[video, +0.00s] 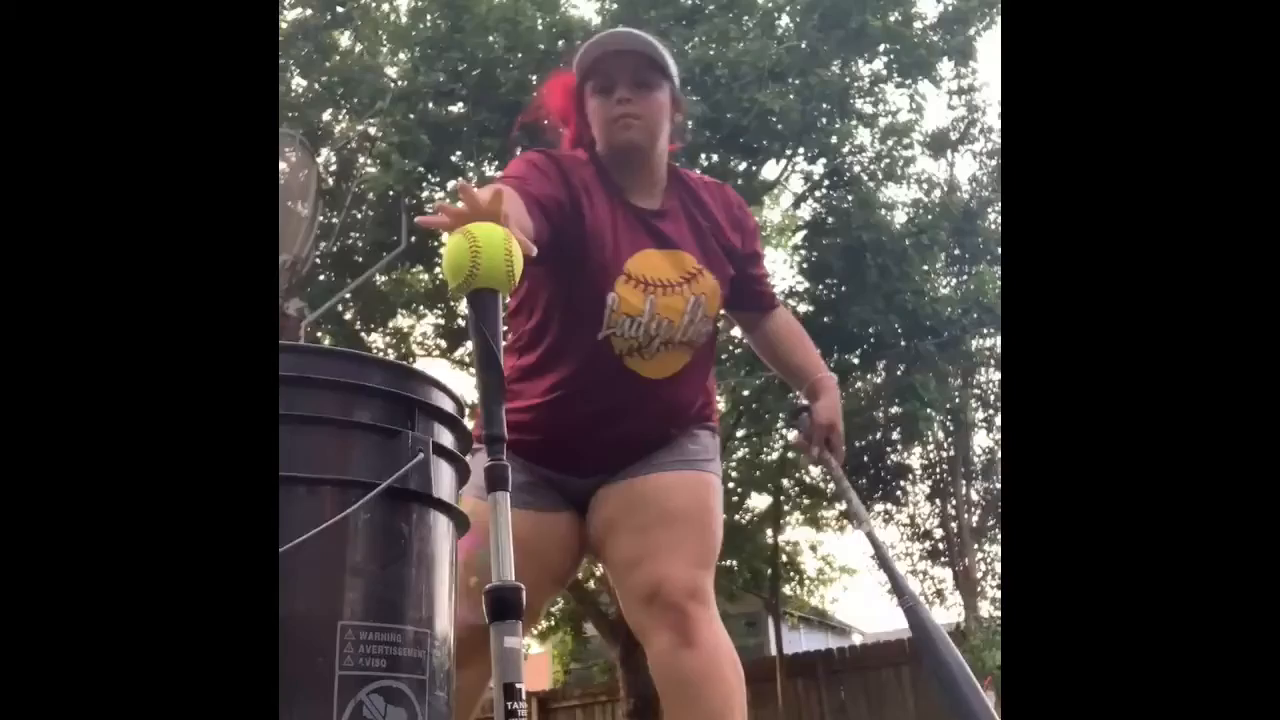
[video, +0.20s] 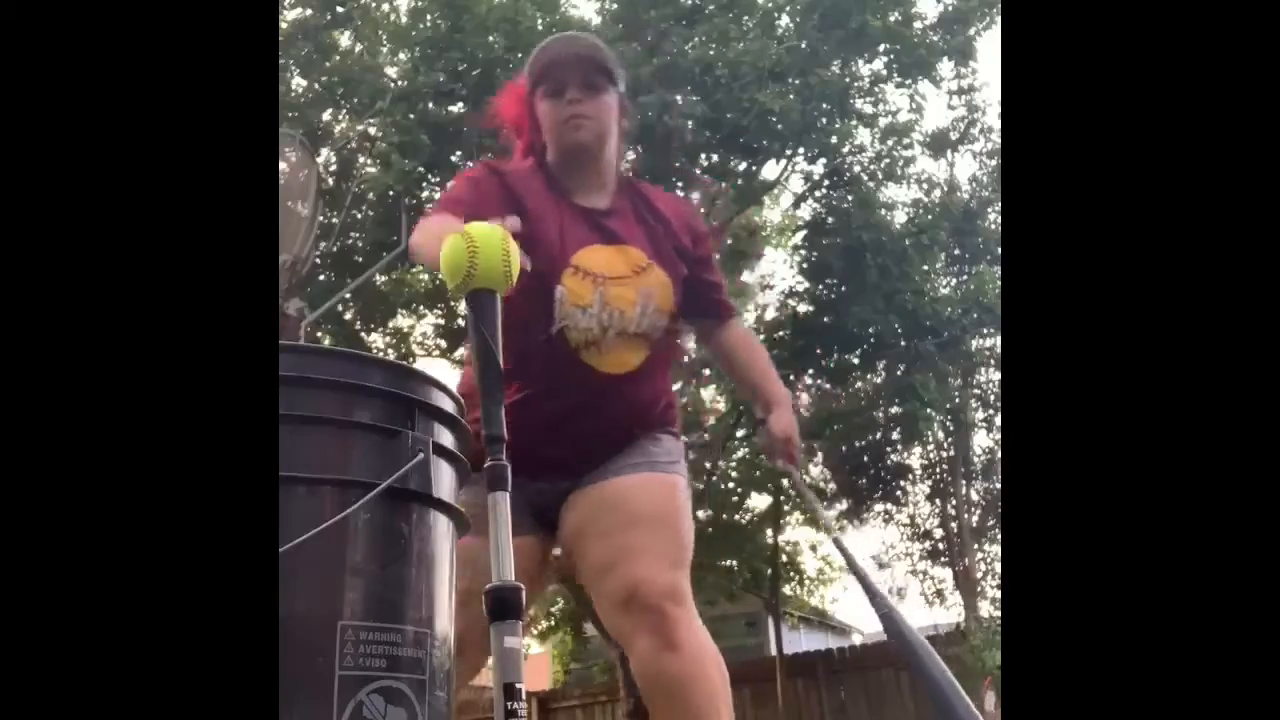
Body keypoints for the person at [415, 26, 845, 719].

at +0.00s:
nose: (622, 100)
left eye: (642, 85)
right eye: (603, 89)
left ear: (675, 108)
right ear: (582, 114)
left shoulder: (718, 209)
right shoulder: (552, 176)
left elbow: (760, 311)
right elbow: (521, 210)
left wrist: (823, 384)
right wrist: (493, 217)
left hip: (661, 444)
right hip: (529, 450)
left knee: (676, 606)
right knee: (469, 625)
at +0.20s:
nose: (575, 101)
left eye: (592, 88)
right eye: (556, 90)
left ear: (621, 108)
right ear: (533, 115)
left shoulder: (669, 218)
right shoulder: (498, 186)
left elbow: (719, 323)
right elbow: (428, 233)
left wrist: (777, 400)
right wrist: (467, 247)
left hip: (626, 448)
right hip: (501, 455)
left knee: (656, 611)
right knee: (449, 647)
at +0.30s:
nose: (534, 107)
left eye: (550, 95)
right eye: (514, 98)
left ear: (576, 114)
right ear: (490, 121)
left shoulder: (624, 226)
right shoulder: (448, 202)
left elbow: (677, 324)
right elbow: (381, 273)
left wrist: (733, 395)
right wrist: (434, 287)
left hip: (596, 452)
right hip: (472, 461)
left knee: (637, 614)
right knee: (438, 650)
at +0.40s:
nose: (489, 107)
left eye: (504, 95)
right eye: (469, 99)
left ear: (530, 118)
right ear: (444, 123)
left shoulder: (586, 222)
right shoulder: (400, 215)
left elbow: (640, 318)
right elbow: (347, 307)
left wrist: (684, 387)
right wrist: (427, 351)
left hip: (568, 453)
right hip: (445, 459)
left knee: (621, 620)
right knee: (399, 640)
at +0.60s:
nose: (442, 115)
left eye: (456, 103)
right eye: (422, 108)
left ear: (481, 121)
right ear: (402, 134)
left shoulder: (542, 205)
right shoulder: (363, 231)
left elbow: (605, 296)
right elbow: (331, 334)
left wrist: (564, 361)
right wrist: (370, 401)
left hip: (548, 445)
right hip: (432, 458)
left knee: (596, 621)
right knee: (402, 632)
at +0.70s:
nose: (443, 124)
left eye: (457, 111)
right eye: (424, 118)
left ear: (481, 127)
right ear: (405, 143)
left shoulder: (541, 203)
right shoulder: (371, 242)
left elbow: (597, 292)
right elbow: (340, 353)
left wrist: (507, 344)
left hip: (555, 447)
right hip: (436, 462)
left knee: (602, 630)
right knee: (396, 639)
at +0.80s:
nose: (452, 128)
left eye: (466, 115)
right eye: (434, 121)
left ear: (492, 129)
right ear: (416, 145)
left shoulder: (547, 198)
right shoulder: (389, 243)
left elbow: (598, 281)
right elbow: (363, 353)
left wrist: (483, 317)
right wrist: (378, 424)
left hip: (561, 443)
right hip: (445, 463)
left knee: (608, 626)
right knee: (406, 643)